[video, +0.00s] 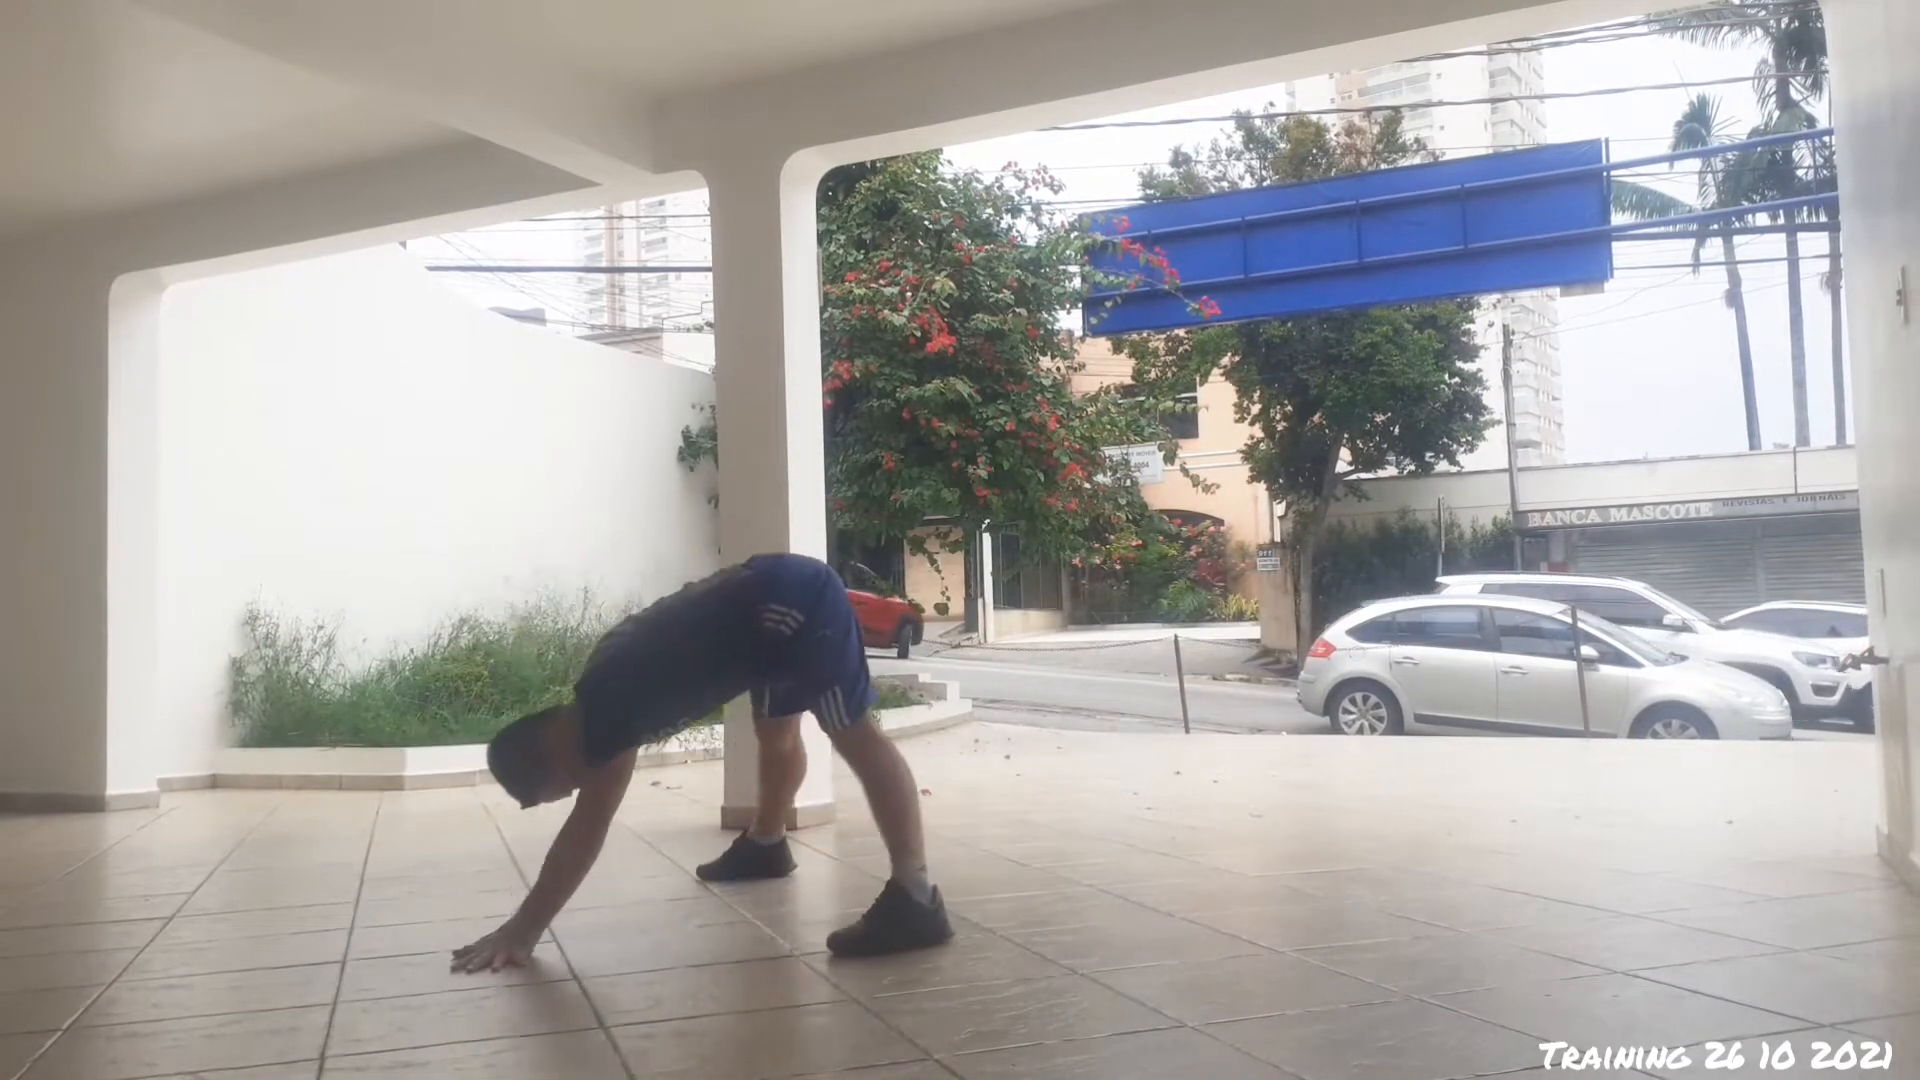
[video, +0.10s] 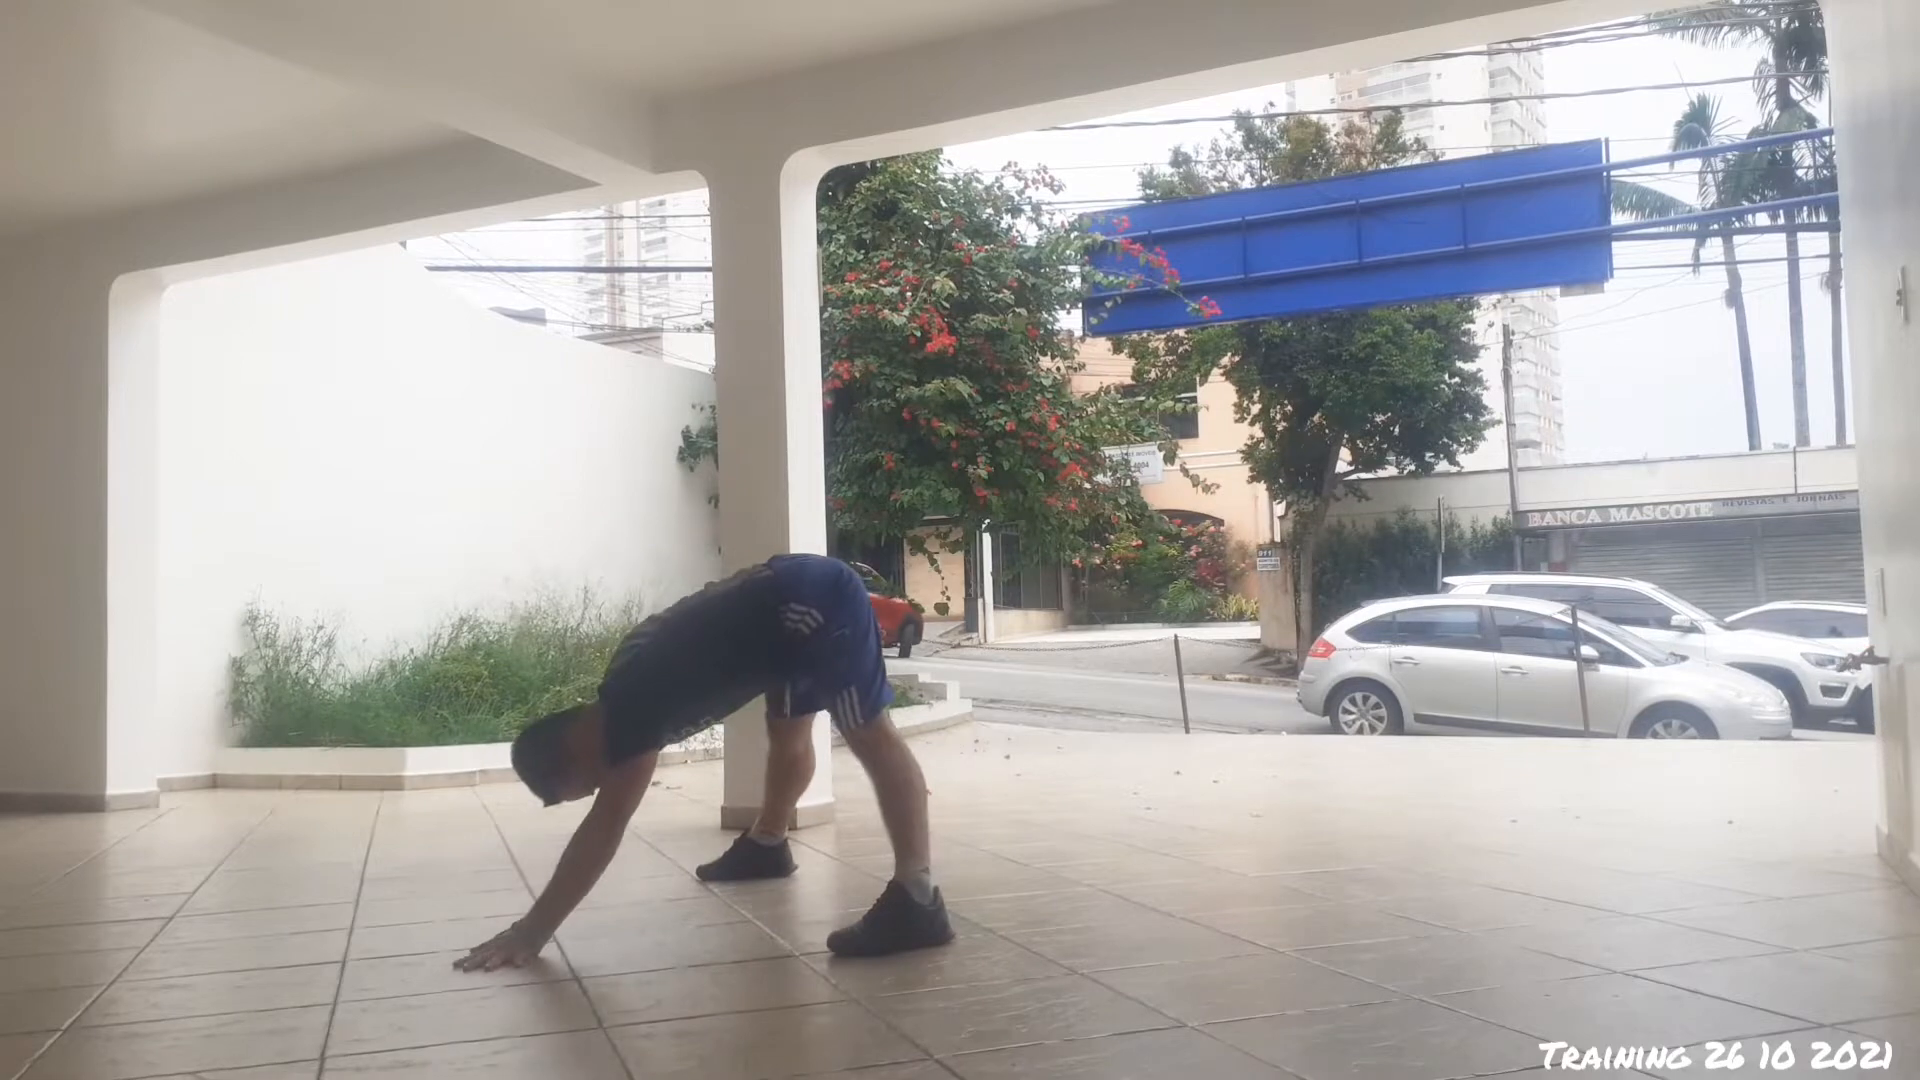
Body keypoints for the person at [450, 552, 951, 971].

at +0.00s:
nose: (573, 792)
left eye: (558, 788)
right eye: (561, 792)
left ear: (548, 751)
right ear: (549, 736)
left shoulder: (611, 702)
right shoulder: (604, 683)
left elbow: (588, 828)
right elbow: (589, 823)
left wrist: (521, 929)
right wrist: (528, 923)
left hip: (803, 598)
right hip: (772, 595)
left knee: (857, 735)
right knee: (777, 727)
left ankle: (915, 894)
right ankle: (767, 844)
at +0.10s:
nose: (590, 791)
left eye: (575, 788)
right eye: (579, 791)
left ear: (571, 749)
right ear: (570, 738)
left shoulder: (632, 703)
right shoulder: (630, 668)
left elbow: (604, 830)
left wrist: (534, 928)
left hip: (824, 597)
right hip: (789, 590)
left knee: (872, 735)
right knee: (787, 724)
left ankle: (918, 896)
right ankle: (767, 843)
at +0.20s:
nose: (615, 784)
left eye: (599, 781)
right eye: (603, 785)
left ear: (586, 746)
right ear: (587, 731)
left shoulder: (652, 699)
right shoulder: (646, 667)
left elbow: (633, 828)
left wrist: (567, 932)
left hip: (840, 598)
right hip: (804, 597)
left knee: (883, 737)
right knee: (795, 724)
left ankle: (919, 897)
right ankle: (769, 843)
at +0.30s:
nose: (625, 776)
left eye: (608, 771)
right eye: (611, 777)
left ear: (602, 736)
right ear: (601, 718)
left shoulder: (673, 700)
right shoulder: (654, 664)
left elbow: (662, 824)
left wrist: (604, 928)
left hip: (851, 600)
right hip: (811, 596)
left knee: (888, 735)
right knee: (801, 727)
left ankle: (919, 896)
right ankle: (768, 844)